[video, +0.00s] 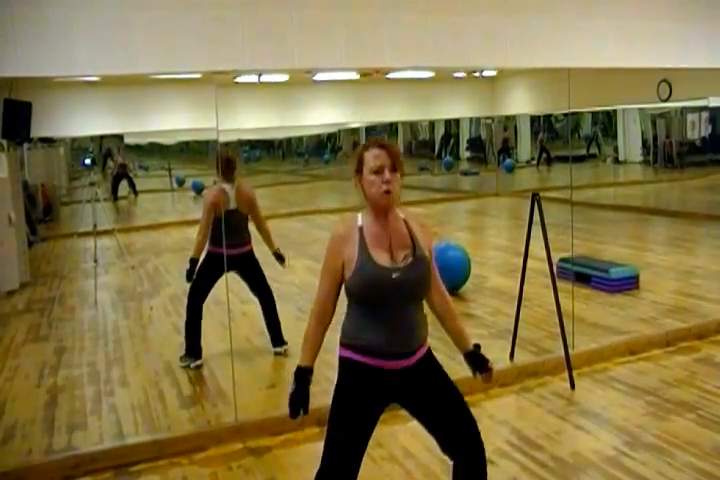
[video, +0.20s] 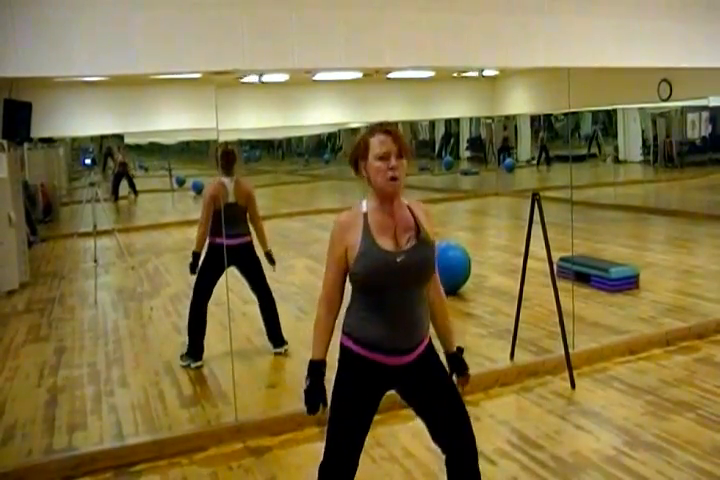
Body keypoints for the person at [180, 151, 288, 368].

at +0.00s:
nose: (226, 169)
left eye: (223, 165)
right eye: (230, 164)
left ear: (217, 169)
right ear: (236, 167)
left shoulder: (212, 195)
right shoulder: (246, 192)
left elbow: (204, 232)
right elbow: (260, 225)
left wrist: (193, 260)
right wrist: (275, 249)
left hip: (217, 259)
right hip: (244, 257)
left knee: (195, 299)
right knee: (265, 294)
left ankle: (193, 354)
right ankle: (278, 342)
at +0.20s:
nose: (224, 164)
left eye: (222, 161)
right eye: (228, 160)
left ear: (218, 164)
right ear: (235, 163)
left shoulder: (213, 189)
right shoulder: (246, 188)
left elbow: (204, 225)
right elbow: (256, 221)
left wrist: (196, 253)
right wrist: (267, 249)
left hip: (218, 252)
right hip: (244, 251)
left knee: (200, 299)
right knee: (264, 294)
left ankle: (194, 353)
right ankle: (278, 342)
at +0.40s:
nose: (226, 178)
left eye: (221, 175)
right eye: (231, 174)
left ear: (216, 177)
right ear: (235, 176)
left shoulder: (212, 200)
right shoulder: (245, 198)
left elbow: (199, 235)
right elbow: (260, 229)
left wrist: (186, 265)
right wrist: (275, 255)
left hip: (221, 262)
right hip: (248, 261)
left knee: (195, 300)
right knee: (268, 294)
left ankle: (194, 353)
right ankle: (278, 341)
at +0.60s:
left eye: (215, 163)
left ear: (214, 165)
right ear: (233, 164)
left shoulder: (211, 188)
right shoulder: (245, 187)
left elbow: (194, 220)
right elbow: (263, 214)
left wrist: (179, 245)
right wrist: (279, 231)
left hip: (220, 253)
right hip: (246, 251)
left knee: (198, 297)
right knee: (265, 291)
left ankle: (194, 352)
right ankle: (278, 339)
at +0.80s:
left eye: (214, 153)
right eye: (231, 152)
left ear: (214, 154)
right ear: (233, 153)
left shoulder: (210, 181)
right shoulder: (244, 177)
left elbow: (200, 216)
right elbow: (260, 206)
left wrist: (189, 243)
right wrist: (275, 226)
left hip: (214, 240)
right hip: (240, 240)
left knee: (197, 286)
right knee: (258, 281)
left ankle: (194, 338)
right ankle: (271, 329)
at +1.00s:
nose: (215, 172)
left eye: (213, 168)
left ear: (213, 170)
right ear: (231, 169)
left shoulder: (209, 195)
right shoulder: (241, 192)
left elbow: (203, 231)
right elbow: (255, 223)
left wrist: (195, 258)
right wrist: (269, 248)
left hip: (213, 254)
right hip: (240, 253)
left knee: (191, 292)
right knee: (259, 287)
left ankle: (192, 343)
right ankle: (269, 331)